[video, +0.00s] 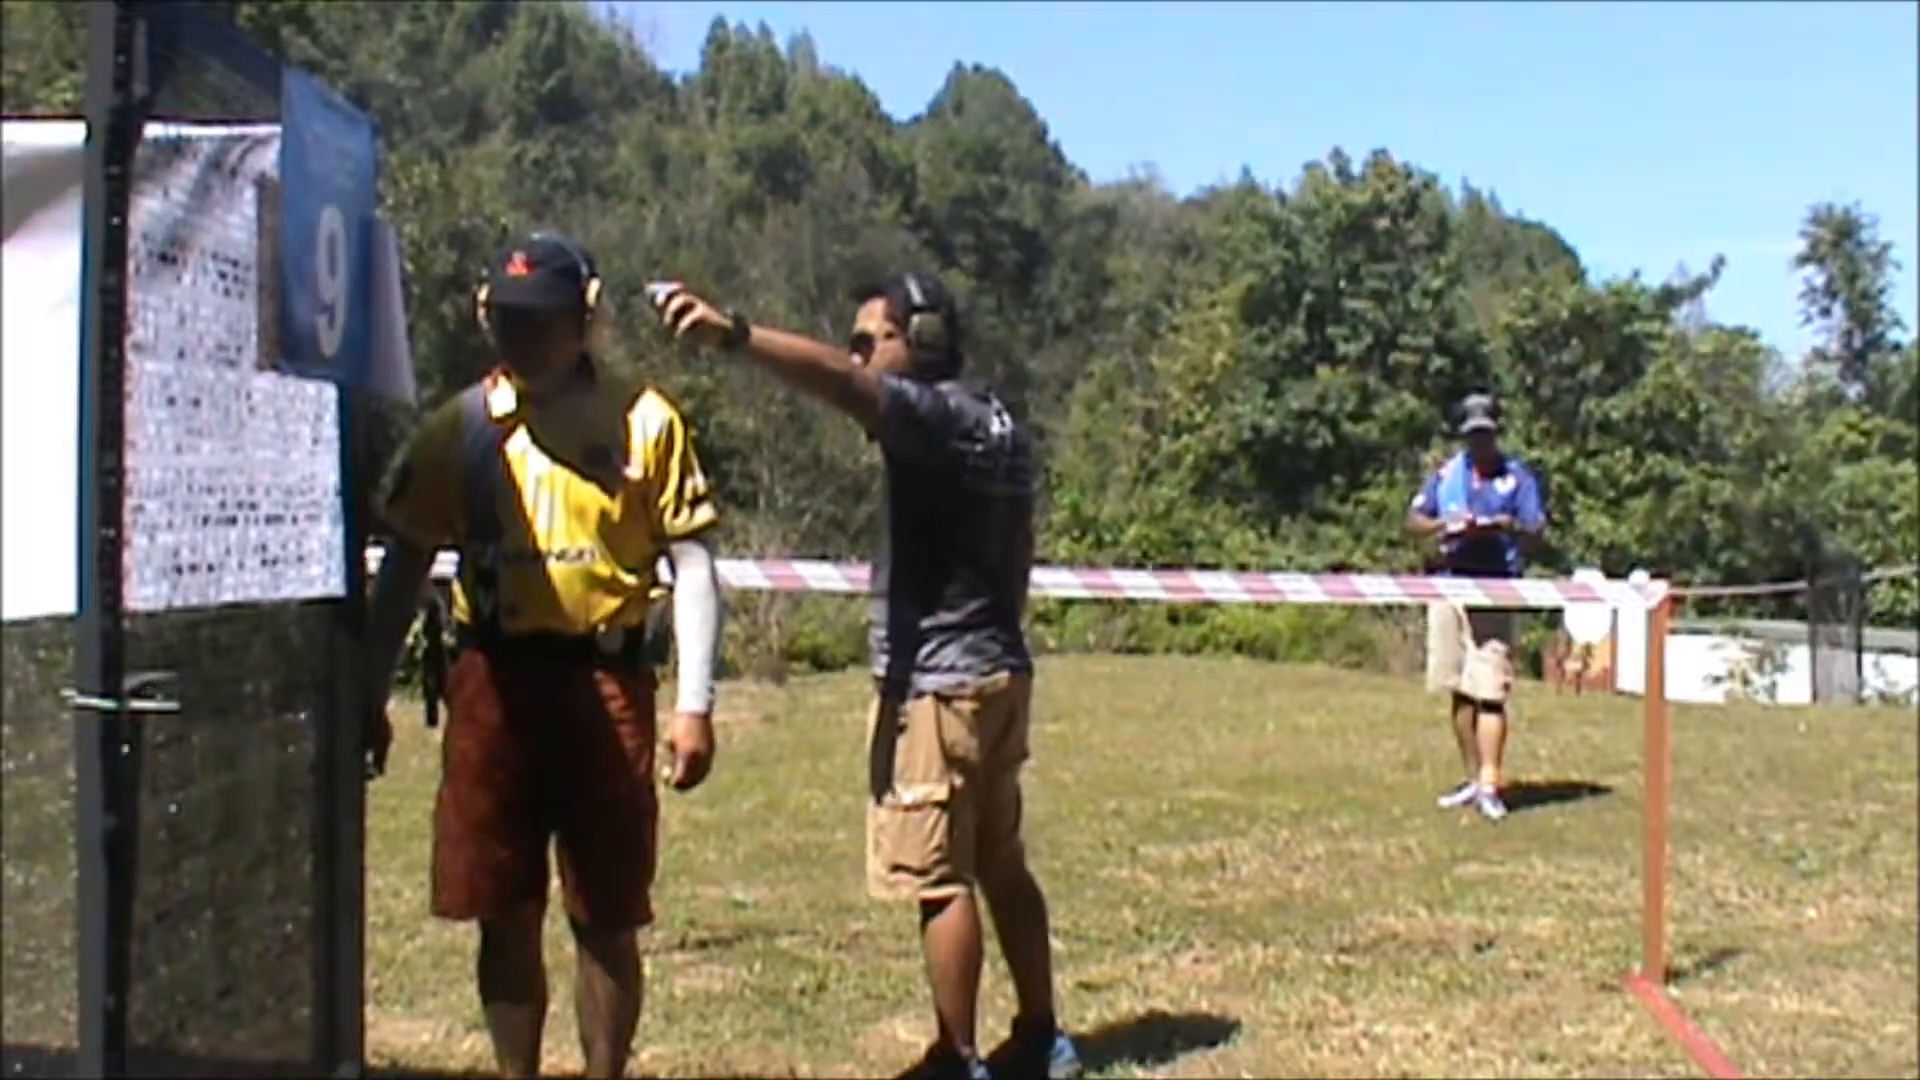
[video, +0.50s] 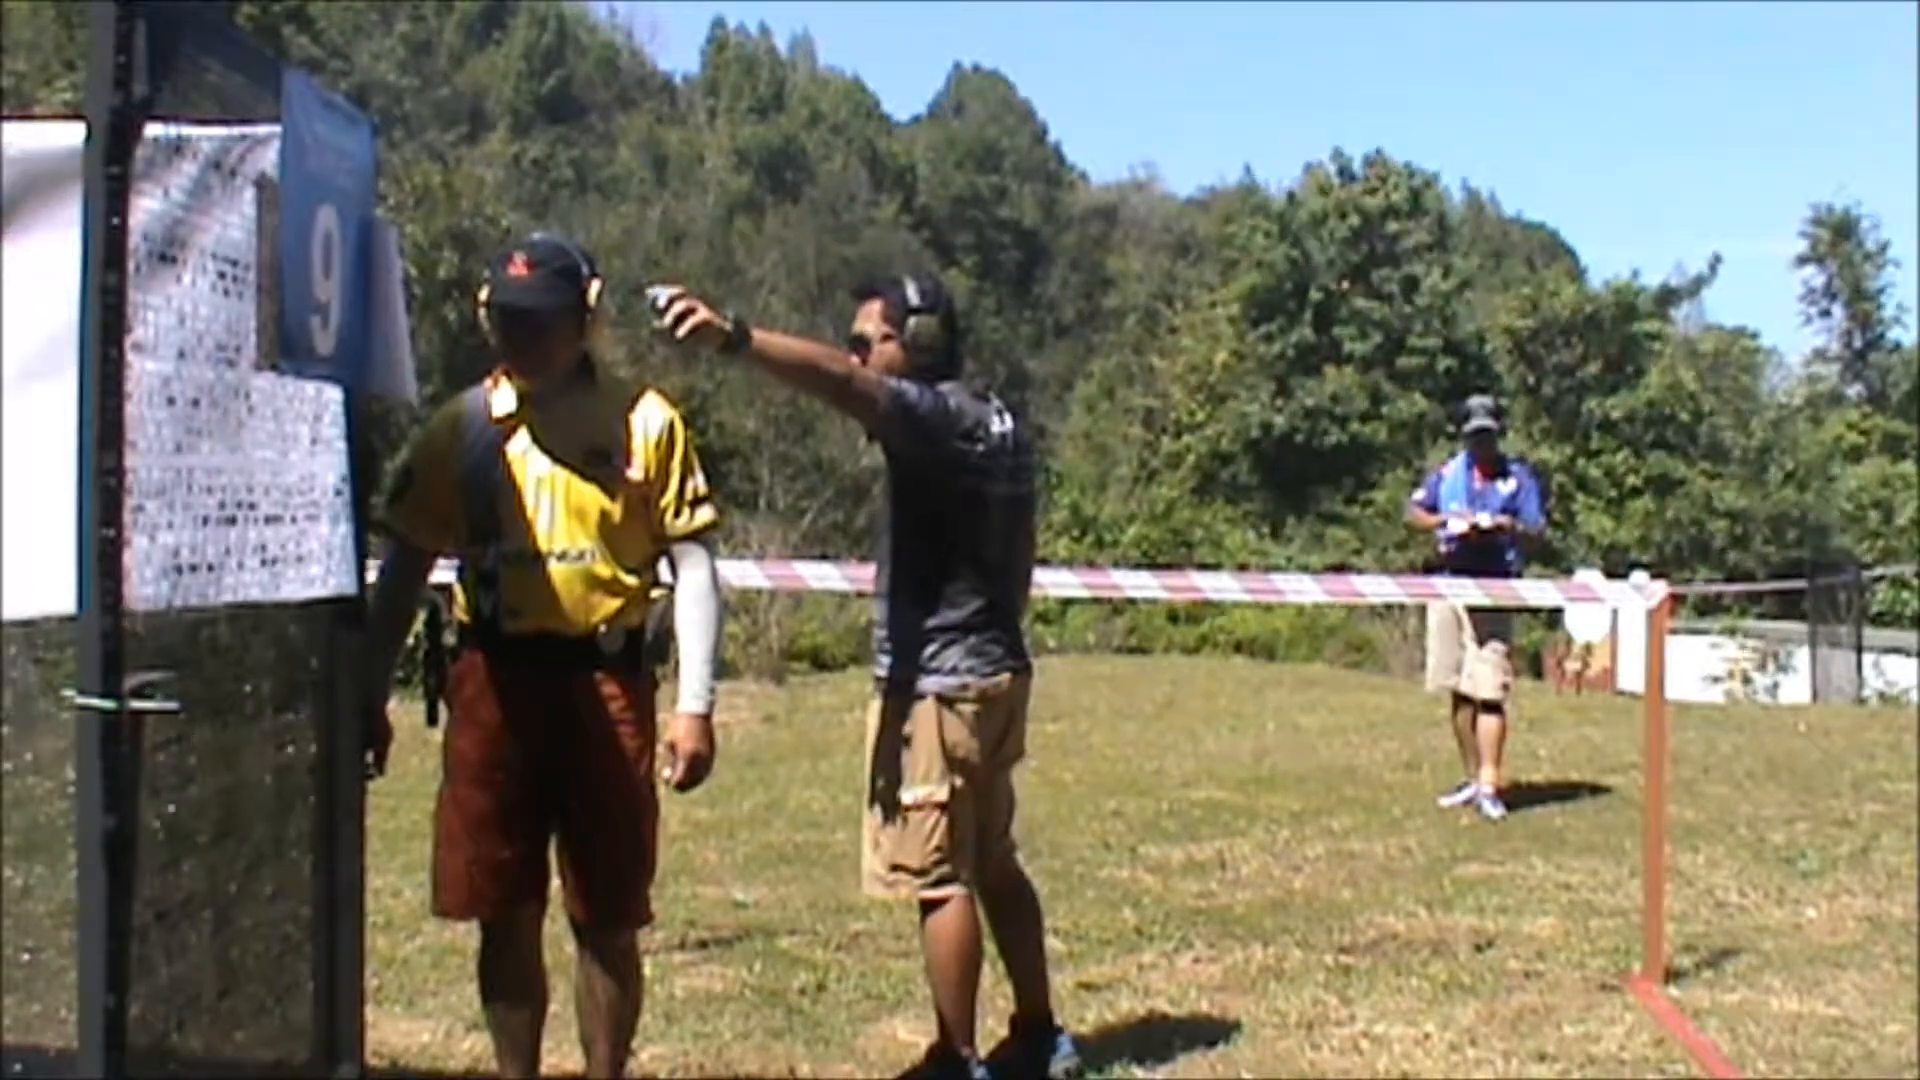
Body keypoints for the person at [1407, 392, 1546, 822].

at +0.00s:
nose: (1481, 442)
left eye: (1487, 433)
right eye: (1473, 435)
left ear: (1498, 434)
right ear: (1461, 436)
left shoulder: (1518, 477)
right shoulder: (1447, 473)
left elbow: (1536, 535)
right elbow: (1415, 519)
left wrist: (1506, 525)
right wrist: (1445, 526)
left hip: (1495, 589)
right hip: (1450, 588)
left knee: (1491, 690)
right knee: (1459, 689)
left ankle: (1489, 782)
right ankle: (1472, 775)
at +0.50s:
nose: (1482, 443)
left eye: (1488, 435)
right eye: (1474, 436)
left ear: (1501, 436)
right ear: (1463, 437)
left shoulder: (1520, 479)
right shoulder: (1447, 474)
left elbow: (1537, 535)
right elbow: (1415, 512)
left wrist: (1506, 526)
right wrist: (1444, 522)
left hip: (1494, 589)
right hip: (1450, 588)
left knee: (1490, 690)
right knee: (1459, 689)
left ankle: (1489, 783)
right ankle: (1471, 776)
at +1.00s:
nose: (1481, 443)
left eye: (1487, 435)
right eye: (1474, 436)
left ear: (1499, 436)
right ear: (1464, 437)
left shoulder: (1519, 477)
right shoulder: (1450, 472)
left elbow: (1539, 538)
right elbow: (1417, 514)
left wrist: (1508, 526)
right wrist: (1448, 520)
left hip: (1495, 589)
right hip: (1450, 588)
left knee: (1490, 691)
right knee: (1459, 690)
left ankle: (1489, 782)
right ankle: (1471, 776)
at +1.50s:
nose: (1479, 444)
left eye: (1486, 435)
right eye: (1472, 436)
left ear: (1498, 436)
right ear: (1463, 439)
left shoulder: (1520, 479)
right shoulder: (1448, 472)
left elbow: (1540, 538)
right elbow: (1415, 515)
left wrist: (1508, 526)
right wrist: (1447, 520)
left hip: (1495, 589)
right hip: (1450, 588)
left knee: (1490, 690)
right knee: (1459, 689)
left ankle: (1489, 783)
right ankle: (1471, 776)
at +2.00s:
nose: (1482, 443)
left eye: (1488, 435)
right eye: (1475, 436)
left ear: (1500, 435)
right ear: (1464, 437)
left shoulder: (1519, 478)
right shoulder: (1449, 472)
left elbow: (1541, 533)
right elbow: (1413, 514)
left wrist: (1508, 525)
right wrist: (1449, 519)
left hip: (1494, 589)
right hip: (1449, 588)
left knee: (1490, 690)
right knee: (1459, 689)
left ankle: (1489, 783)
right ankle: (1471, 776)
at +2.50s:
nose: (1488, 437)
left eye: (1495, 428)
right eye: (1481, 429)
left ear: (1506, 431)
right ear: (1471, 431)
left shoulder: (1524, 477)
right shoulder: (1452, 473)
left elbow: (1543, 527)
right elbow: (1426, 517)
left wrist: (1506, 525)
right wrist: (1463, 525)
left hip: (1508, 587)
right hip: (1461, 587)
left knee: (1515, 684)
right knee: (1466, 688)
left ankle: (1520, 778)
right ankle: (1477, 778)